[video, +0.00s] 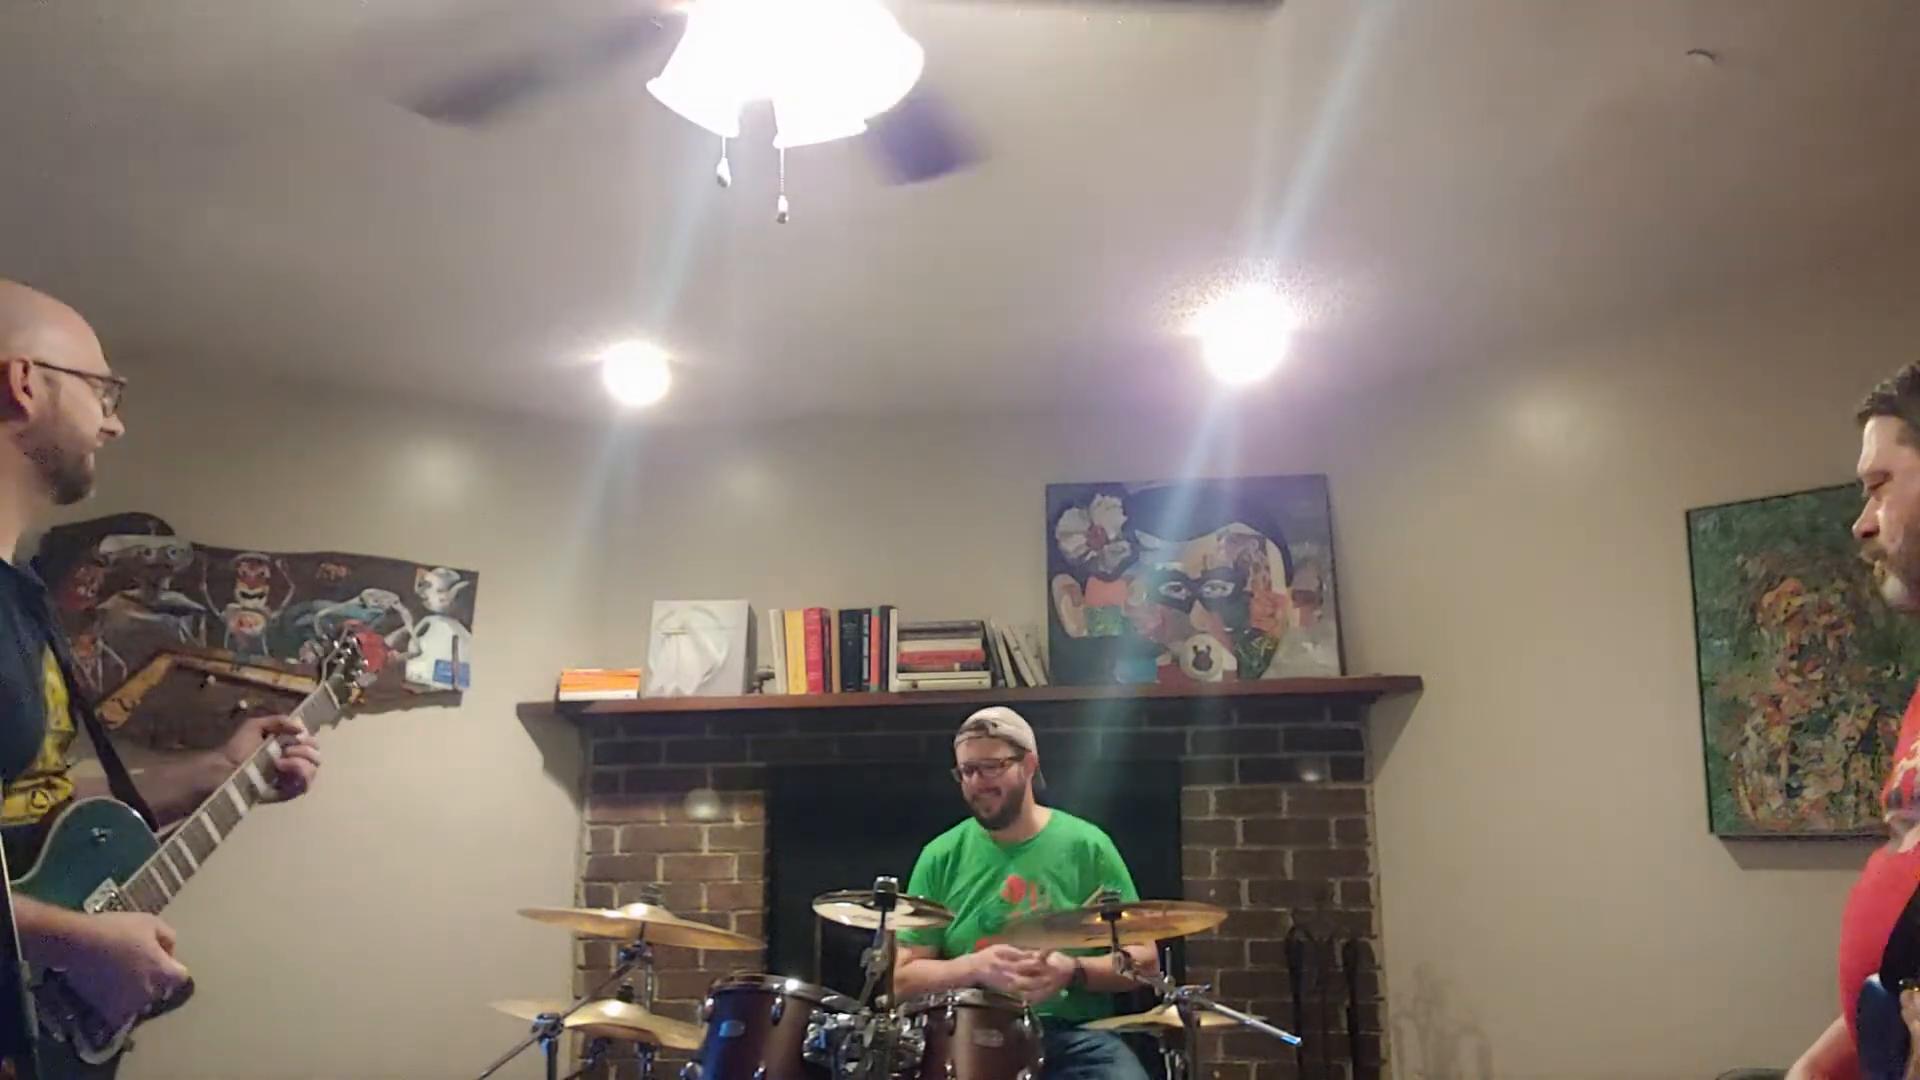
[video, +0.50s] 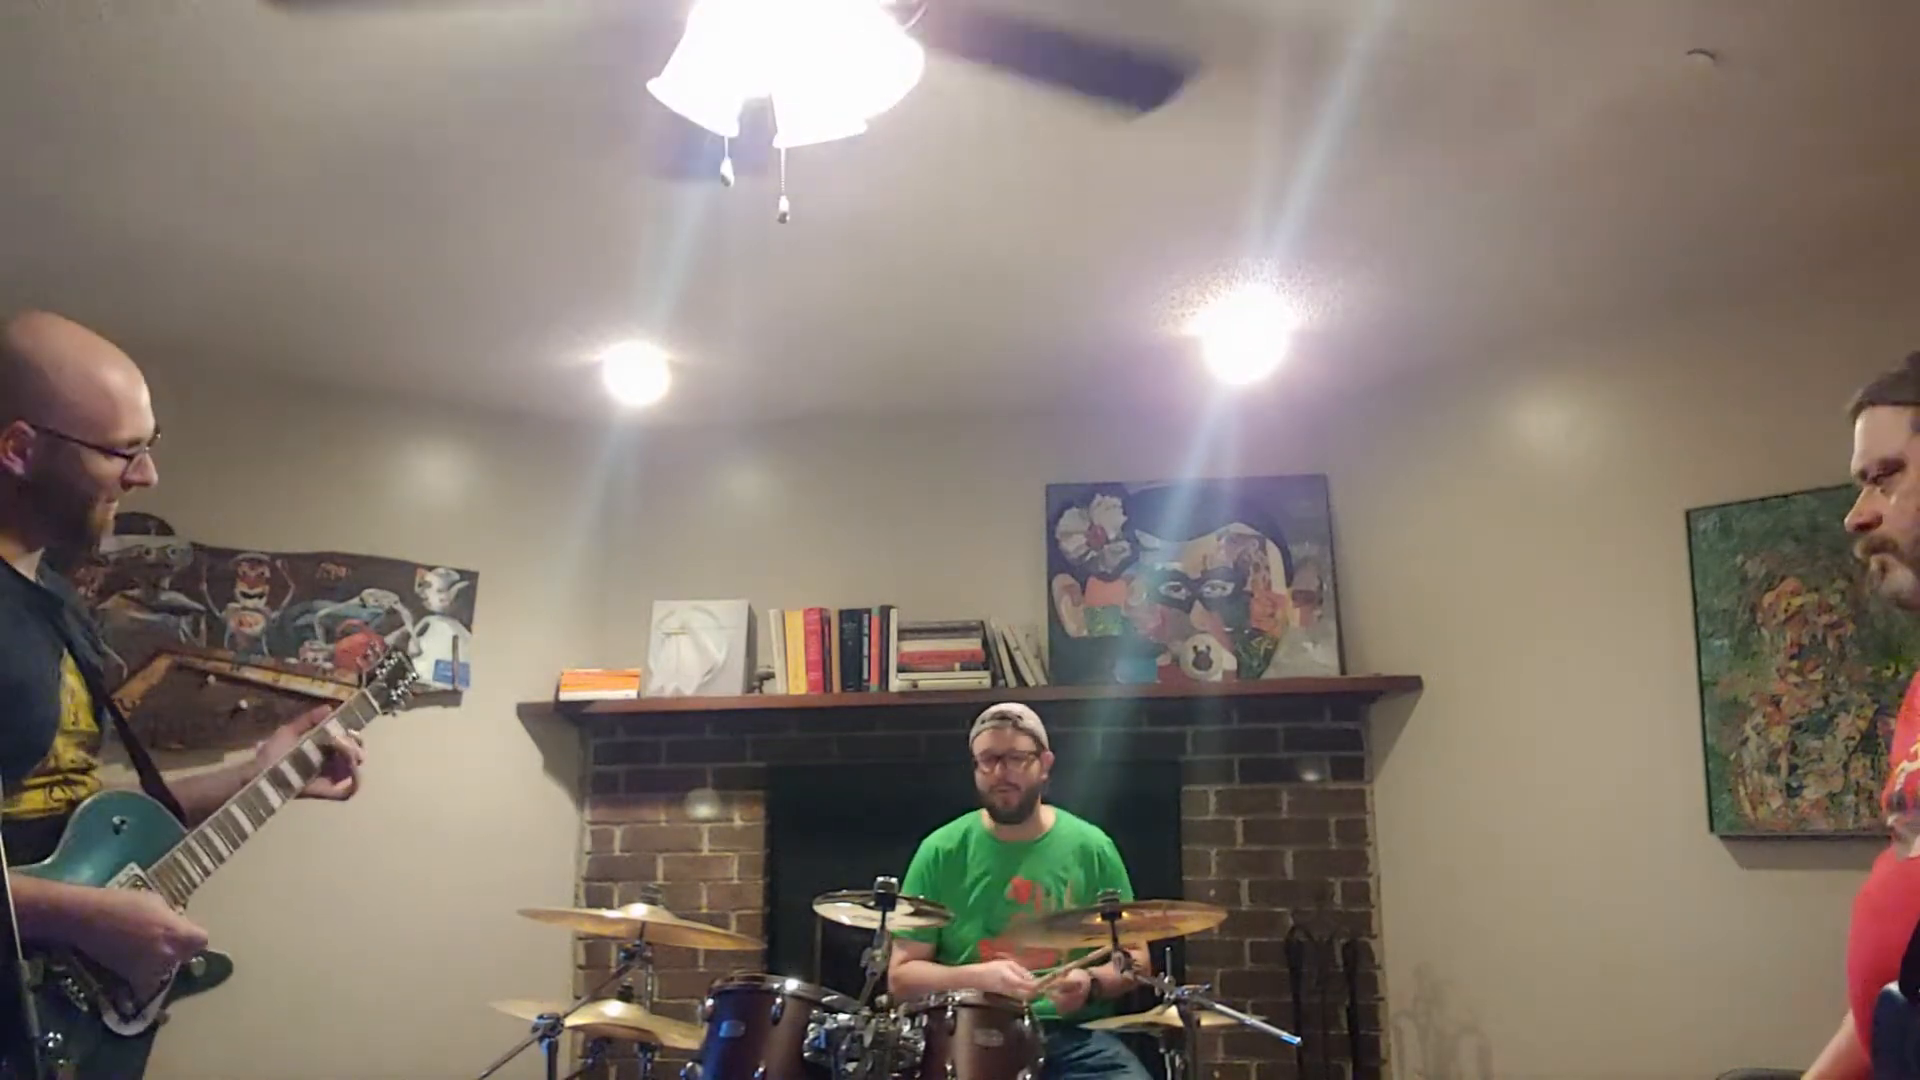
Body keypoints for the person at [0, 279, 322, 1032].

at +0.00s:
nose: (114, 425)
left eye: (112, 397)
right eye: (102, 391)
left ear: (27, 386)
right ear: (24, 384)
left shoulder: (23, 597)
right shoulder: (8, 599)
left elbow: (37, 814)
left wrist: (219, 770)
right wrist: (67, 941)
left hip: (52, 1040)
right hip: (16, 1046)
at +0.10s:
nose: (126, 433)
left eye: (121, 405)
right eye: (111, 401)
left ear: (30, 401)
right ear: (27, 399)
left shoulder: (29, 599)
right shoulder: (11, 602)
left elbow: (41, 803)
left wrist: (232, 774)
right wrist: (70, 938)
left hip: (58, 1037)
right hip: (19, 1044)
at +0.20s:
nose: (136, 443)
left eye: (133, 416)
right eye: (122, 413)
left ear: (34, 414)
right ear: (32, 412)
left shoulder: (38, 602)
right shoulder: (13, 609)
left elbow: (53, 796)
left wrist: (241, 774)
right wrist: (67, 925)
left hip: (66, 1039)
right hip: (21, 1046)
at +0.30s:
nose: (142, 460)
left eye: (140, 432)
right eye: (122, 431)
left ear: (27, 430)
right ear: (26, 428)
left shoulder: (47, 602)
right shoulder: (15, 609)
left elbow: (65, 809)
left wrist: (250, 768)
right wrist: (78, 919)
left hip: (70, 1034)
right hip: (18, 1039)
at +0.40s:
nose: (146, 472)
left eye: (146, 444)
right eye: (121, 446)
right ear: (22, 444)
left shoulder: (49, 603)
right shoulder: (16, 611)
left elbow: (60, 820)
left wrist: (251, 771)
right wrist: (77, 918)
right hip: (13, 1042)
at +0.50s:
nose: (147, 478)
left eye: (147, 448)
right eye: (122, 452)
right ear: (19, 449)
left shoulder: (50, 604)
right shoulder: (12, 611)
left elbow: (73, 808)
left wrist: (262, 768)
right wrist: (77, 916)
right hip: (21, 1038)